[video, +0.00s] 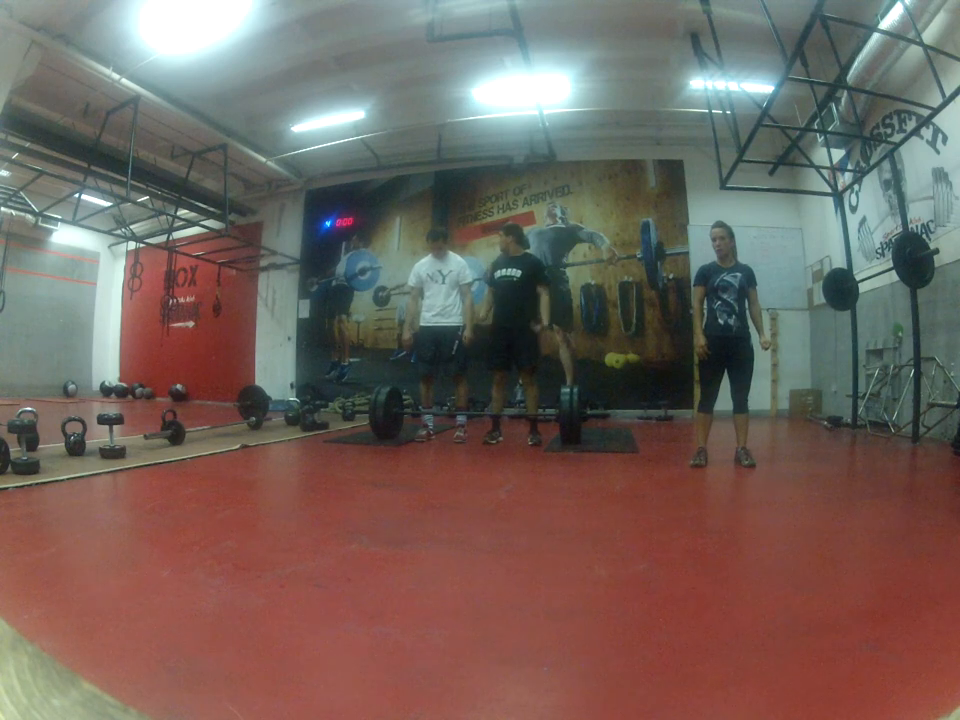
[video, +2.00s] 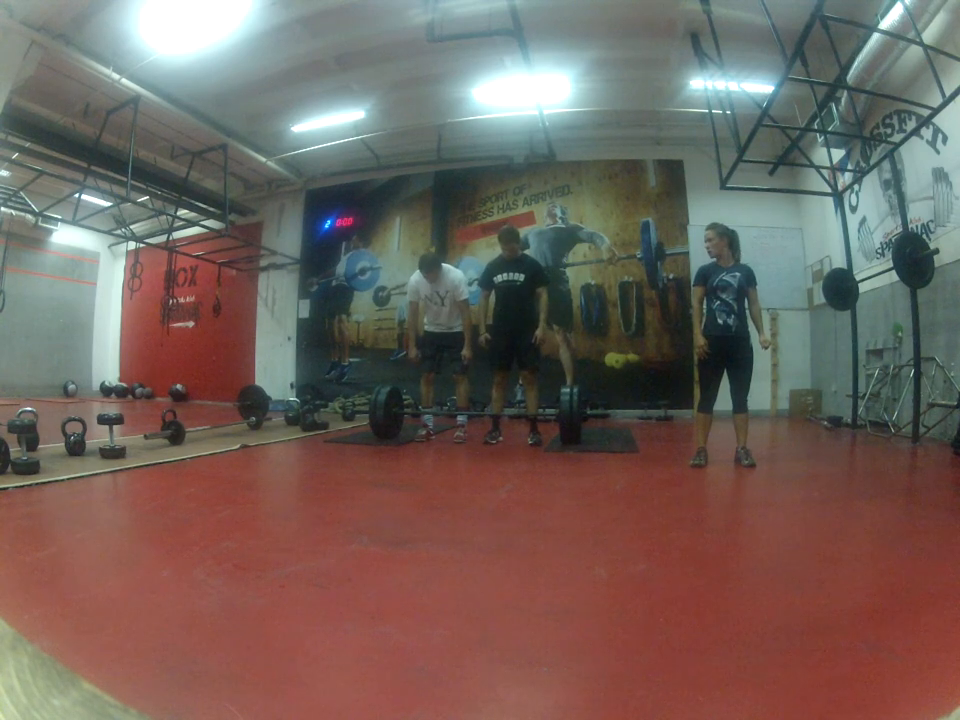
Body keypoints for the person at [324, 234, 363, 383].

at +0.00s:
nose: (352, 243)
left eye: (355, 240)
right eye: (352, 240)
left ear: (360, 242)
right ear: (352, 242)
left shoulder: (359, 256)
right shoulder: (347, 256)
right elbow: (336, 273)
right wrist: (319, 280)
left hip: (346, 288)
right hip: (335, 288)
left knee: (342, 324)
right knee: (334, 325)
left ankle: (345, 362)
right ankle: (335, 361)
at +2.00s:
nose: (353, 243)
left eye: (356, 241)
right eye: (353, 240)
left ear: (360, 242)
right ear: (353, 242)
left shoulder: (360, 256)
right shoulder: (348, 256)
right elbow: (336, 272)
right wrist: (319, 279)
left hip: (345, 288)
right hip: (335, 288)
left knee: (342, 325)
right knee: (333, 326)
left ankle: (345, 362)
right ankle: (335, 361)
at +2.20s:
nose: (353, 243)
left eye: (355, 241)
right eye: (353, 240)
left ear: (360, 242)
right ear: (353, 242)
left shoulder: (360, 256)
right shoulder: (348, 256)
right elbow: (336, 272)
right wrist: (318, 279)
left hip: (346, 288)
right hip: (335, 288)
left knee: (342, 324)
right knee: (333, 325)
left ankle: (345, 362)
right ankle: (335, 361)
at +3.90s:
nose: (353, 243)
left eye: (356, 240)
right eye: (353, 240)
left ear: (361, 242)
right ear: (354, 242)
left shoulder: (361, 256)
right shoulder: (348, 256)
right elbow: (336, 272)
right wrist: (318, 279)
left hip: (346, 288)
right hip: (335, 288)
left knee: (342, 325)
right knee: (334, 326)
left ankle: (345, 362)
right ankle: (335, 361)